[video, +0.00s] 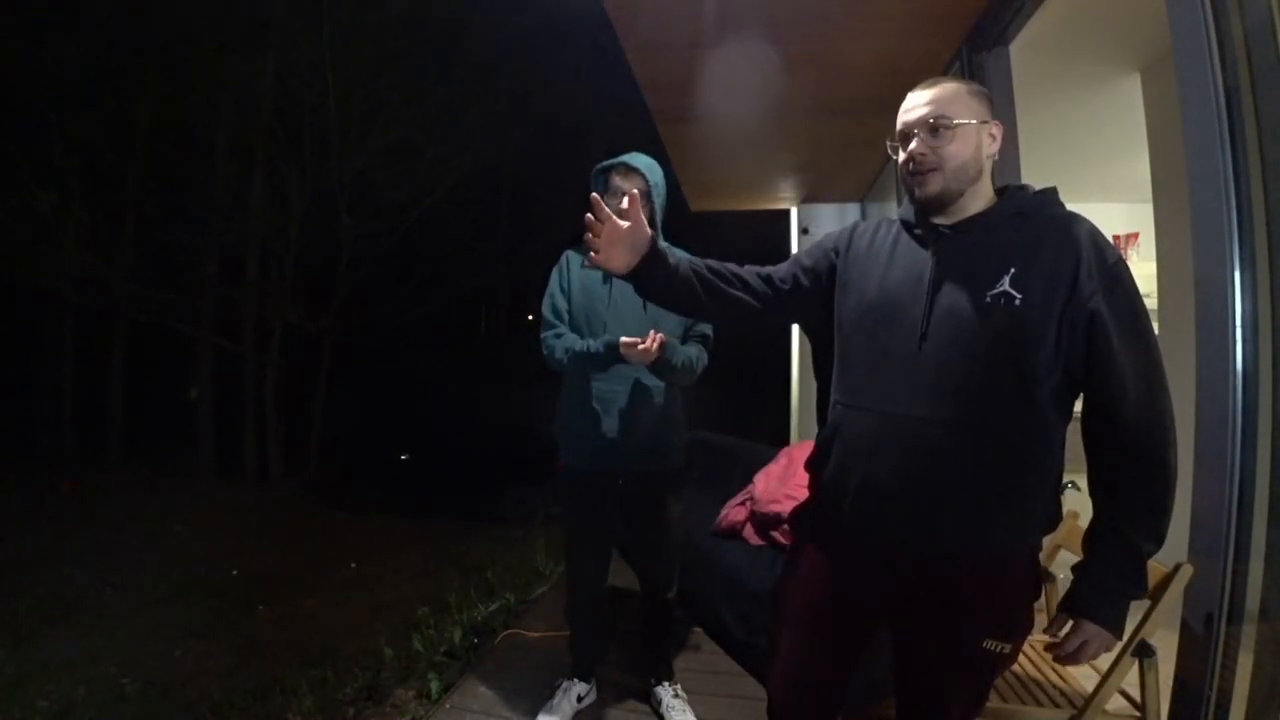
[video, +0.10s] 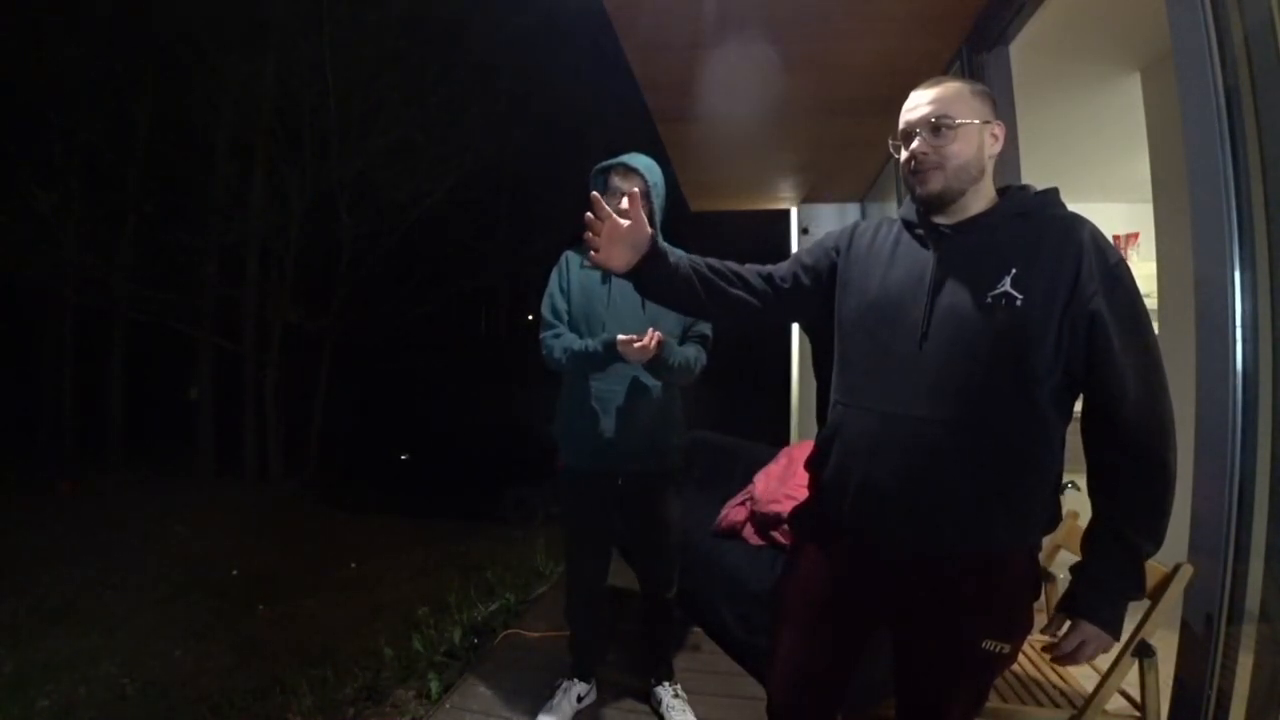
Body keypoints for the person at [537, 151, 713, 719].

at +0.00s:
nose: (632, 207)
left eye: (642, 197)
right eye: (621, 196)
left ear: (655, 204)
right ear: (599, 203)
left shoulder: (679, 269)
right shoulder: (574, 265)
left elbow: (698, 356)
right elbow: (554, 346)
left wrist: (663, 353)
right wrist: (611, 348)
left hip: (654, 444)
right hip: (587, 442)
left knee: (657, 563)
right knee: (584, 562)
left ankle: (661, 679)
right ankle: (580, 679)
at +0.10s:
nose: (632, 207)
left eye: (641, 197)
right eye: (621, 196)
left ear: (655, 204)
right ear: (598, 203)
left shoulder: (678, 269)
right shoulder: (573, 266)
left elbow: (697, 356)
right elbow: (553, 346)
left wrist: (659, 354)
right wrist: (610, 346)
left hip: (653, 447)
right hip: (586, 445)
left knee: (659, 565)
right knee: (584, 564)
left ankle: (661, 679)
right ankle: (580, 679)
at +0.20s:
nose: (632, 208)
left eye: (641, 198)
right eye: (621, 196)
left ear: (655, 204)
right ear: (598, 203)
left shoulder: (678, 269)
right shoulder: (572, 266)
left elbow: (695, 358)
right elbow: (553, 347)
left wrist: (658, 353)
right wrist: (609, 346)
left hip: (652, 448)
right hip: (586, 447)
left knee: (658, 568)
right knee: (584, 566)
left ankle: (661, 679)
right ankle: (581, 679)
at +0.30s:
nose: (632, 207)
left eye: (641, 197)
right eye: (621, 196)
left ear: (655, 204)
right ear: (598, 203)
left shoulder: (678, 270)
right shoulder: (572, 267)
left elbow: (695, 358)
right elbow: (553, 347)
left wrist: (657, 352)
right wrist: (609, 344)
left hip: (652, 448)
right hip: (586, 446)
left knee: (658, 568)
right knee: (584, 566)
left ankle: (661, 679)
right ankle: (581, 679)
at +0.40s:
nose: (631, 207)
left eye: (640, 197)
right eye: (620, 196)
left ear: (654, 204)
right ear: (597, 203)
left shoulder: (679, 270)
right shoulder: (573, 267)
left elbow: (695, 359)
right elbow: (553, 347)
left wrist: (657, 351)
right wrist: (609, 344)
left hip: (652, 447)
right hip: (586, 446)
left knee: (658, 568)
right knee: (584, 565)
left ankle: (661, 678)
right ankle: (580, 678)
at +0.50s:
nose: (629, 208)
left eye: (638, 198)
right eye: (618, 196)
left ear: (653, 205)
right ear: (597, 203)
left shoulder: (678, 270)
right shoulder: (574, 266)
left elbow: (696, 358)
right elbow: (554, 346)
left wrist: (658, 352)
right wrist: (608, 348)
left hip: (653, 449)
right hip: (587, 447)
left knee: (659, 569)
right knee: (585, 566)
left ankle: (661, 678)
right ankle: (580, 678)